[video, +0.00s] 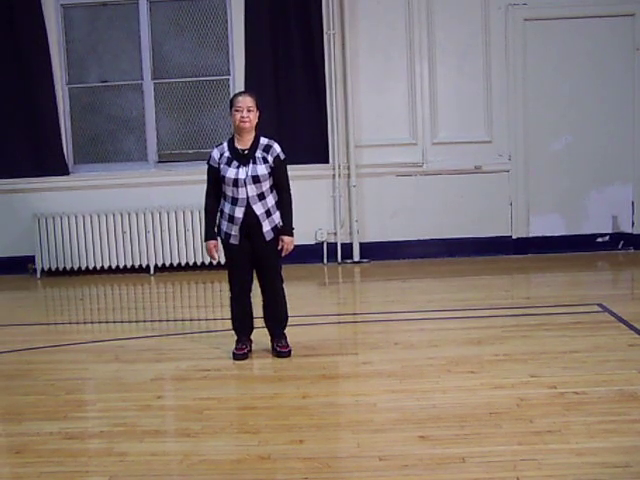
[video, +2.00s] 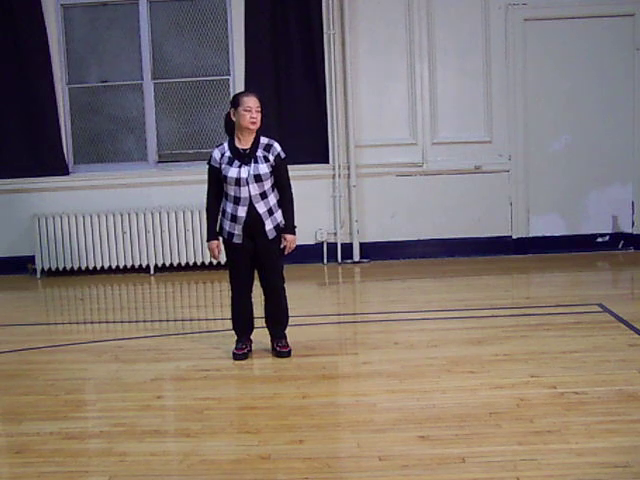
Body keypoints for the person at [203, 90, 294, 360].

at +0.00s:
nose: (244, 115)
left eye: (249, 110)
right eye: (238, 110)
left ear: (257, 115)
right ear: (231, 115)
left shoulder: (271, 150)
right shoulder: (219, 154)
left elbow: (284, 192)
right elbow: (212, 197)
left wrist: (287, 230)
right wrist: (210, 234)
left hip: (267, 230)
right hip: (233, 232)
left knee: (272, 285)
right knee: (239, 288)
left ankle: (278, 335)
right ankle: (242, 337)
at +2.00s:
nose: (254, 115)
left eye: (258, 111)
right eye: (248, 110)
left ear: (261, 115)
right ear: (233, 114)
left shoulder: (271, 149)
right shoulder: (220, 154)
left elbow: (285, 191)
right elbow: (213, 197)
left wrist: (289, 229)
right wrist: (212, 235)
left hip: (269, 231)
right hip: (235, 233)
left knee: (274, 285)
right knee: (240, 288)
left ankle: (279, 335)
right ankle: (243, 338)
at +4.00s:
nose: (241, 114)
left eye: (246, 109)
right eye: (235, 110)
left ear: (254, 114)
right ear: (227, 116)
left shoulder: (268, 149)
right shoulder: (216, 155)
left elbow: (282, 192)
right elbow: (210, 198)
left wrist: (285, 229)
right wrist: (210, 235)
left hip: (266, 231)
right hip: (232, 233)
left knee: (272, 285)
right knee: (239, 289)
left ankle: (279, 335)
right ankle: (243, 338)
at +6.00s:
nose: (245, 116)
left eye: (250, 111)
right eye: (240, 111)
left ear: (257, 115)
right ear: (231, 115)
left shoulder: (271, 150)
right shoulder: (219, 154)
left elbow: (284, 192)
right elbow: (212, 197)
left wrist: (287, 230)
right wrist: (211, 235)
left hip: (267, 230)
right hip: (234, 232)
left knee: (273, 285)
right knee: (240, 289)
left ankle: (279, 336)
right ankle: (243, 338)